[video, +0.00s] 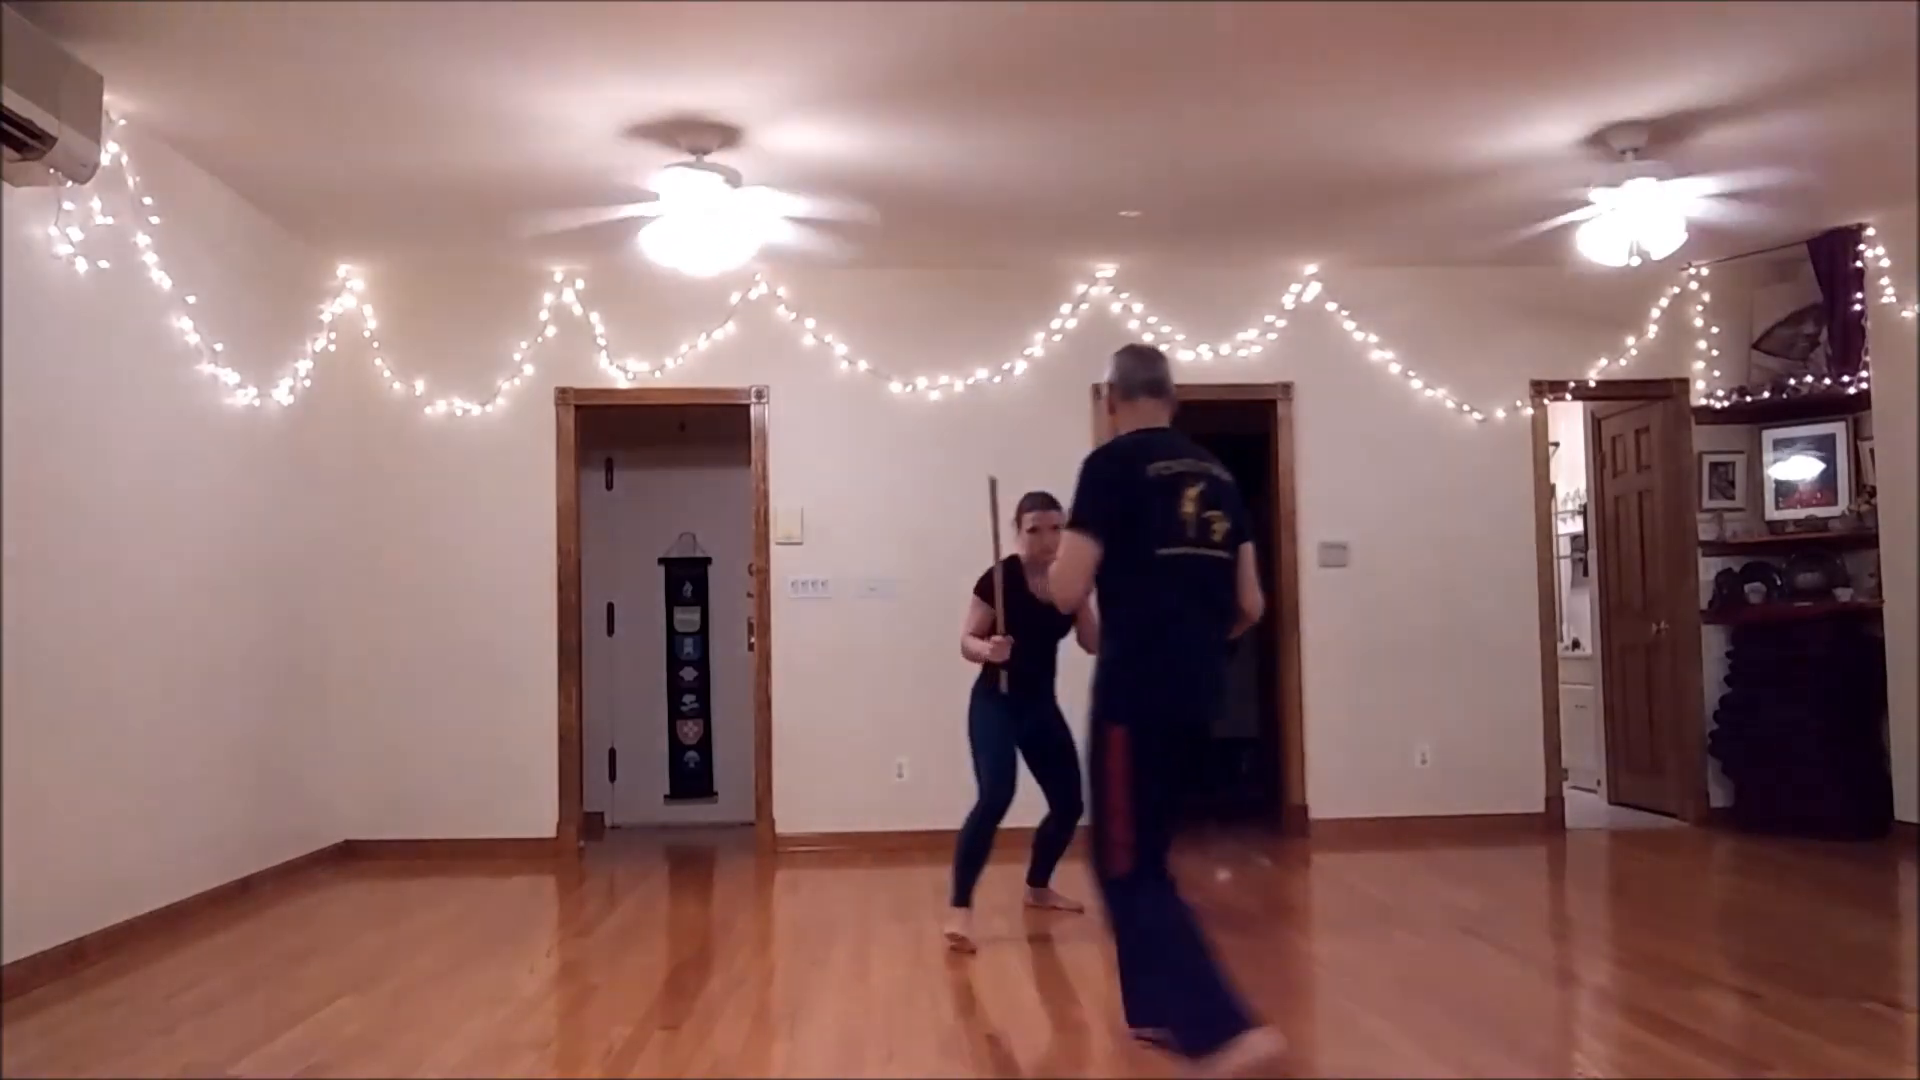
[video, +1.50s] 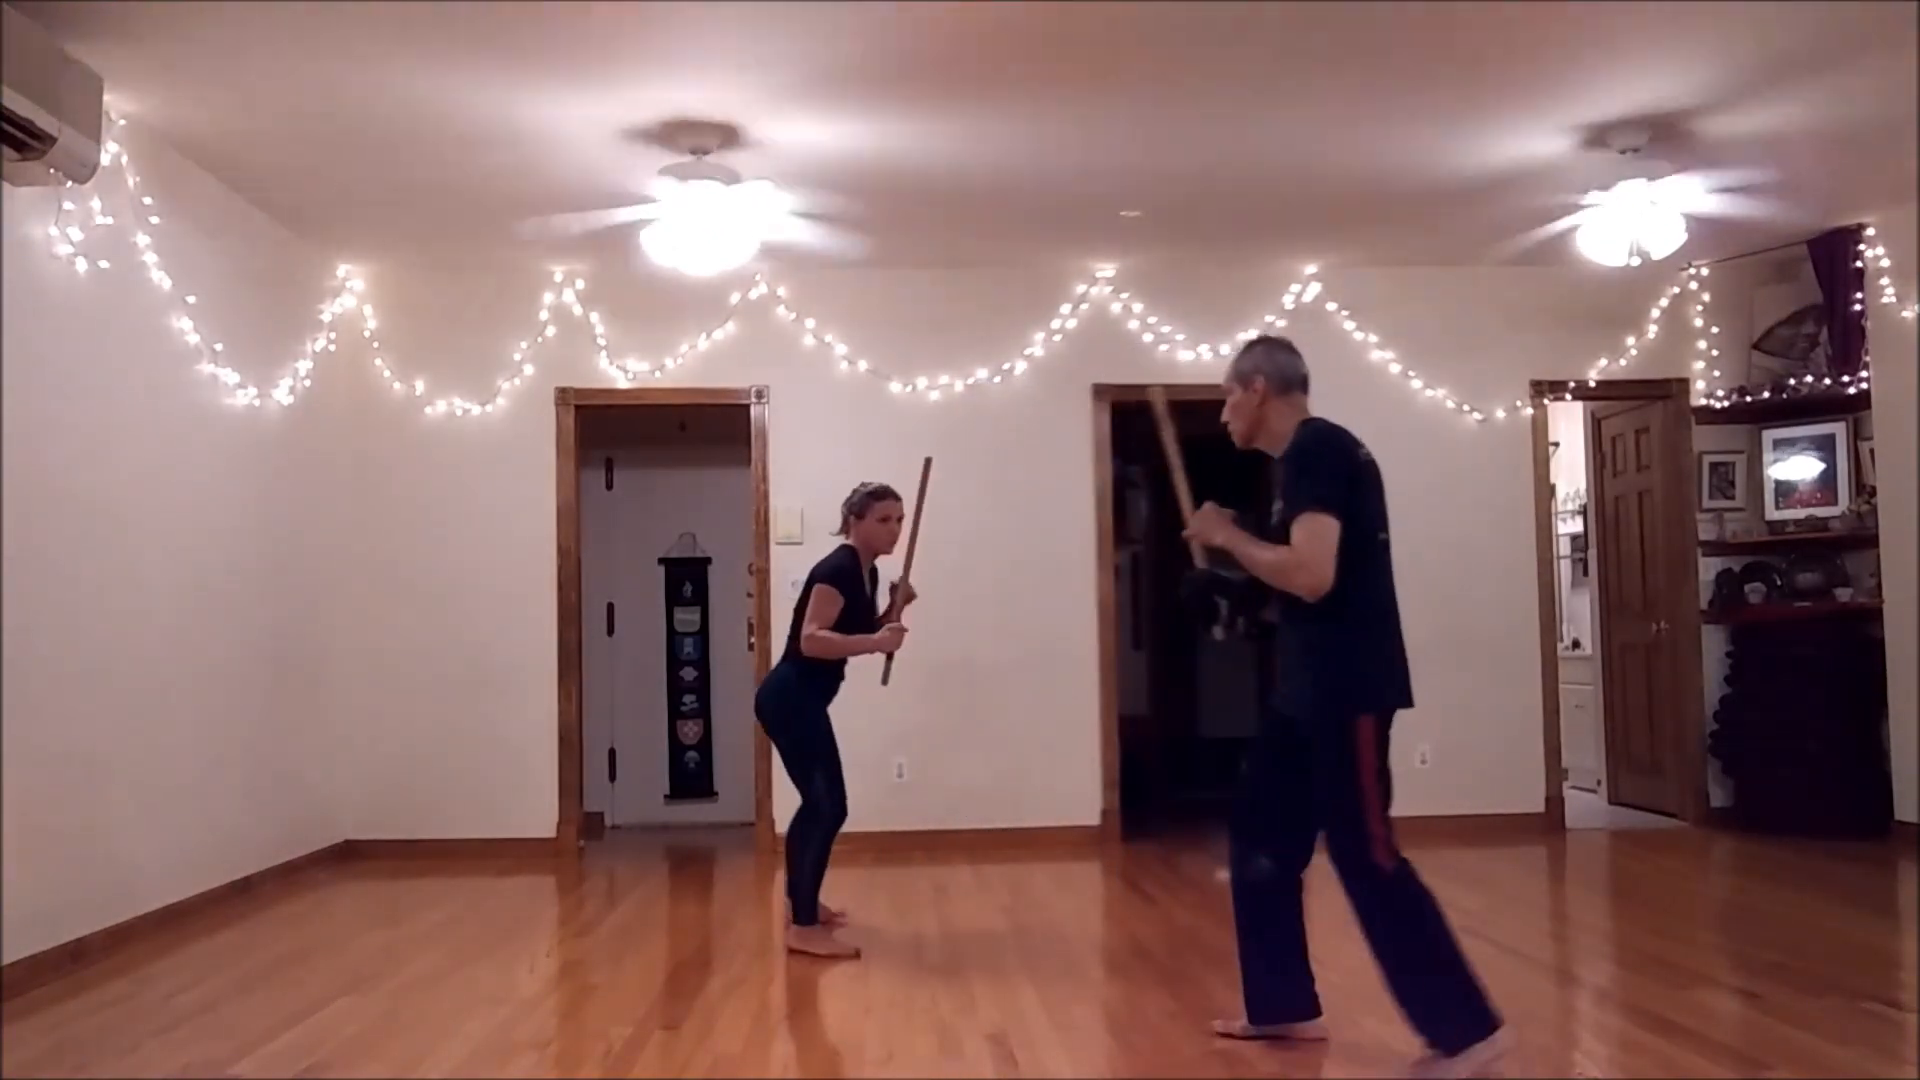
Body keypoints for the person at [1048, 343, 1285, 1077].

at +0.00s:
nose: (1105, 412)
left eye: (1105, 401)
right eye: (1111, 401)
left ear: (1112, 399)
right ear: (1172, 396)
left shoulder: (1111, 463)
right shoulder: (1216, 470)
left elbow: (1065, 588)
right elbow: (1249, 603)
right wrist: (1195, 639)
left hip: (1133, 679)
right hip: (1197, 679)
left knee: (1127, 861)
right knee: (1141, 850)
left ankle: (1226, 1031)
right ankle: (1157, 1012)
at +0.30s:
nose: (1148, 403)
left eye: (1148, 390)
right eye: (1150, 390)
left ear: (1161, 384)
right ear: (1222, 380)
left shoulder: (1182, 458)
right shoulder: (1266, 458)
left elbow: (1151, 596)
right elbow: (1303, 594)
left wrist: (1127, 545)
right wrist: (1214, 569)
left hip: (1203, 693)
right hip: (1252, 687)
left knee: (1238, 862)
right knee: (1165, 844)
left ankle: (1347, 1057)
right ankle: (1169, 1010)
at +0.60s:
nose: (1196, 387)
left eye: (1197, 371)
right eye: (1195, 372)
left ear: (1213, 365)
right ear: (1273, 362)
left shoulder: (1248, 446)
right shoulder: (1317, 440)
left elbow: (1230, 586)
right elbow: (1346, 582)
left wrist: (1179, 541)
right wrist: (1250, 551)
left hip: (1253, 689)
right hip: (1292, 681)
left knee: (1270, 878)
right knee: (1212, 835)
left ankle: (1351, 1065)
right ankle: (1204, 1004)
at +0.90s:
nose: (1212, 393)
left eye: (1215, 377)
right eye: (1212, 379)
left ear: (1239, 370)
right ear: (1277, 368)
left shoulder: (1295, 442)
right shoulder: (1309, 438)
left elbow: (1249, 581)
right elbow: (1276, 574)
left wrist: (1200, 506)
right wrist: (1217, 510)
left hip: (1294, 692)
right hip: (1288, 685)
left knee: (1277, 879)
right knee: (1250, 856)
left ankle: (1353, 1064)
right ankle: (1279, 1012)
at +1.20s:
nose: (1207, 409)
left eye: (1209, 392)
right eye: (1206, 394)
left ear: (1236, 386)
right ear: (1272, 383)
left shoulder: (1295, 447)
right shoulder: (1301, 448)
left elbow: (1270, 579)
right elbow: (1279, 569)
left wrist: (1206, 527)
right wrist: (1222, 535)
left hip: (1327, 688)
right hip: (1300, 685)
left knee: (1311, 873)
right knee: (1255, 848)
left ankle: (1357, 1065)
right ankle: (1279, 1012)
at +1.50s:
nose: (1223, 414)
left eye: (1227, 398)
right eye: (1223, 399)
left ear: (1257, 390)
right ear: (1277, 389)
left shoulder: (1320, 450)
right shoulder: (1299, 461)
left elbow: (1312, 574)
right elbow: (1309, 576)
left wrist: (1231, 537)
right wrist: (1234, 556)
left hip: (1350, 690)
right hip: (1307, 690)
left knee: (1367, 854)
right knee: (1262, 847)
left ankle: (1468, 1033)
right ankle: (1284, 1009)